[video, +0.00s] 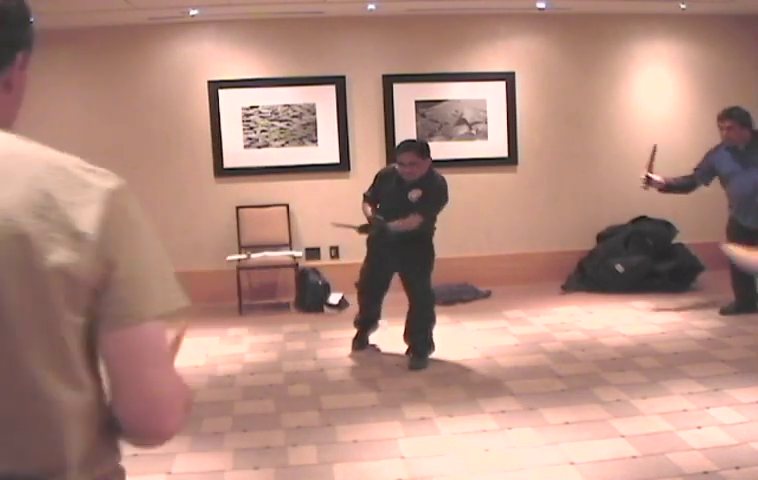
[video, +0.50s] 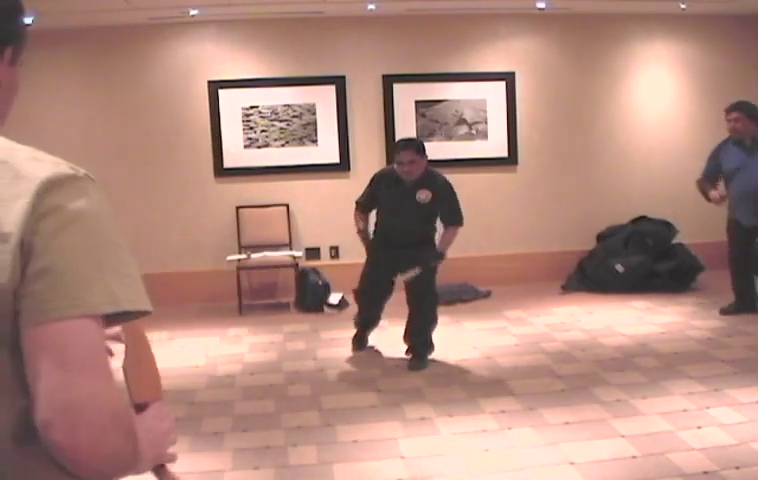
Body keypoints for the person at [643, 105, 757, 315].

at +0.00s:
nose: (725, 135)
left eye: (730, 128)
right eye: (722, 129)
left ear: (745, 128)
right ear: (721, 130)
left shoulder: (755, 148)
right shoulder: (719, 155)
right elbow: (694, 180)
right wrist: (664, 184)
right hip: (741, 222)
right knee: (739, 261)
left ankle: (751, 300)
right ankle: (744, 300)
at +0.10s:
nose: (723, 133)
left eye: (728, 127)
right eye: (720, 128)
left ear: (744, 126)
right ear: (718, 129)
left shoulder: (755, 146)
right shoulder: (717, 153)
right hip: (740, 219)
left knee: (751, 260)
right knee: (739, 260)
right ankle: (742, 301)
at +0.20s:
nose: (722, 132)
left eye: (727, 125)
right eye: (719, 127)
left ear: (742, 125)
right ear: (717, 129)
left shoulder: (755, 145)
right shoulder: (716, 151)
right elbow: (690, 168)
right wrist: (668, 176)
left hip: (755, 217)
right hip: (739, 217)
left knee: (751, 261)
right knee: (739, 262)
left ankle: (751, 301)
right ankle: (745, 301)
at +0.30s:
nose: (723, 129)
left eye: (728, 123)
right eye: (720, 124)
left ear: (743, 124)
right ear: (718, 127)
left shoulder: (754, 145)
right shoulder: (718, 150)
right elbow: (697, 167)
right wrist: (682, 176)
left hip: (754, 218)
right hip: (738, 218)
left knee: (752, 261)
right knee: (739, 261)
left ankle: (751, 301)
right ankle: (743, 301)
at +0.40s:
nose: (727, 127)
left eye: (731, 121)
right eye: (724, 123)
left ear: (746, 122)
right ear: (722, 125)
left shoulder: (755, 144)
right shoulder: (721, 149)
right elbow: (696, 175)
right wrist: (699, 185)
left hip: (755, 218)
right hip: (738, 218)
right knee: (739, 262)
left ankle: (750, 301)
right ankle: (744, 300)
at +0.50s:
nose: (731, 126)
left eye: (736, 120)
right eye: (729, 121)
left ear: (751, 121)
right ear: (727, 123)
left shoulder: (754, 146)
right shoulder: (726, 148)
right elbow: (705, 179)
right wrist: (710, 191)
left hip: (754, 216)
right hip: (739, 217)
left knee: (750, 260)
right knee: (739, 260)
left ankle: (750, 300)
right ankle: (743, 300)